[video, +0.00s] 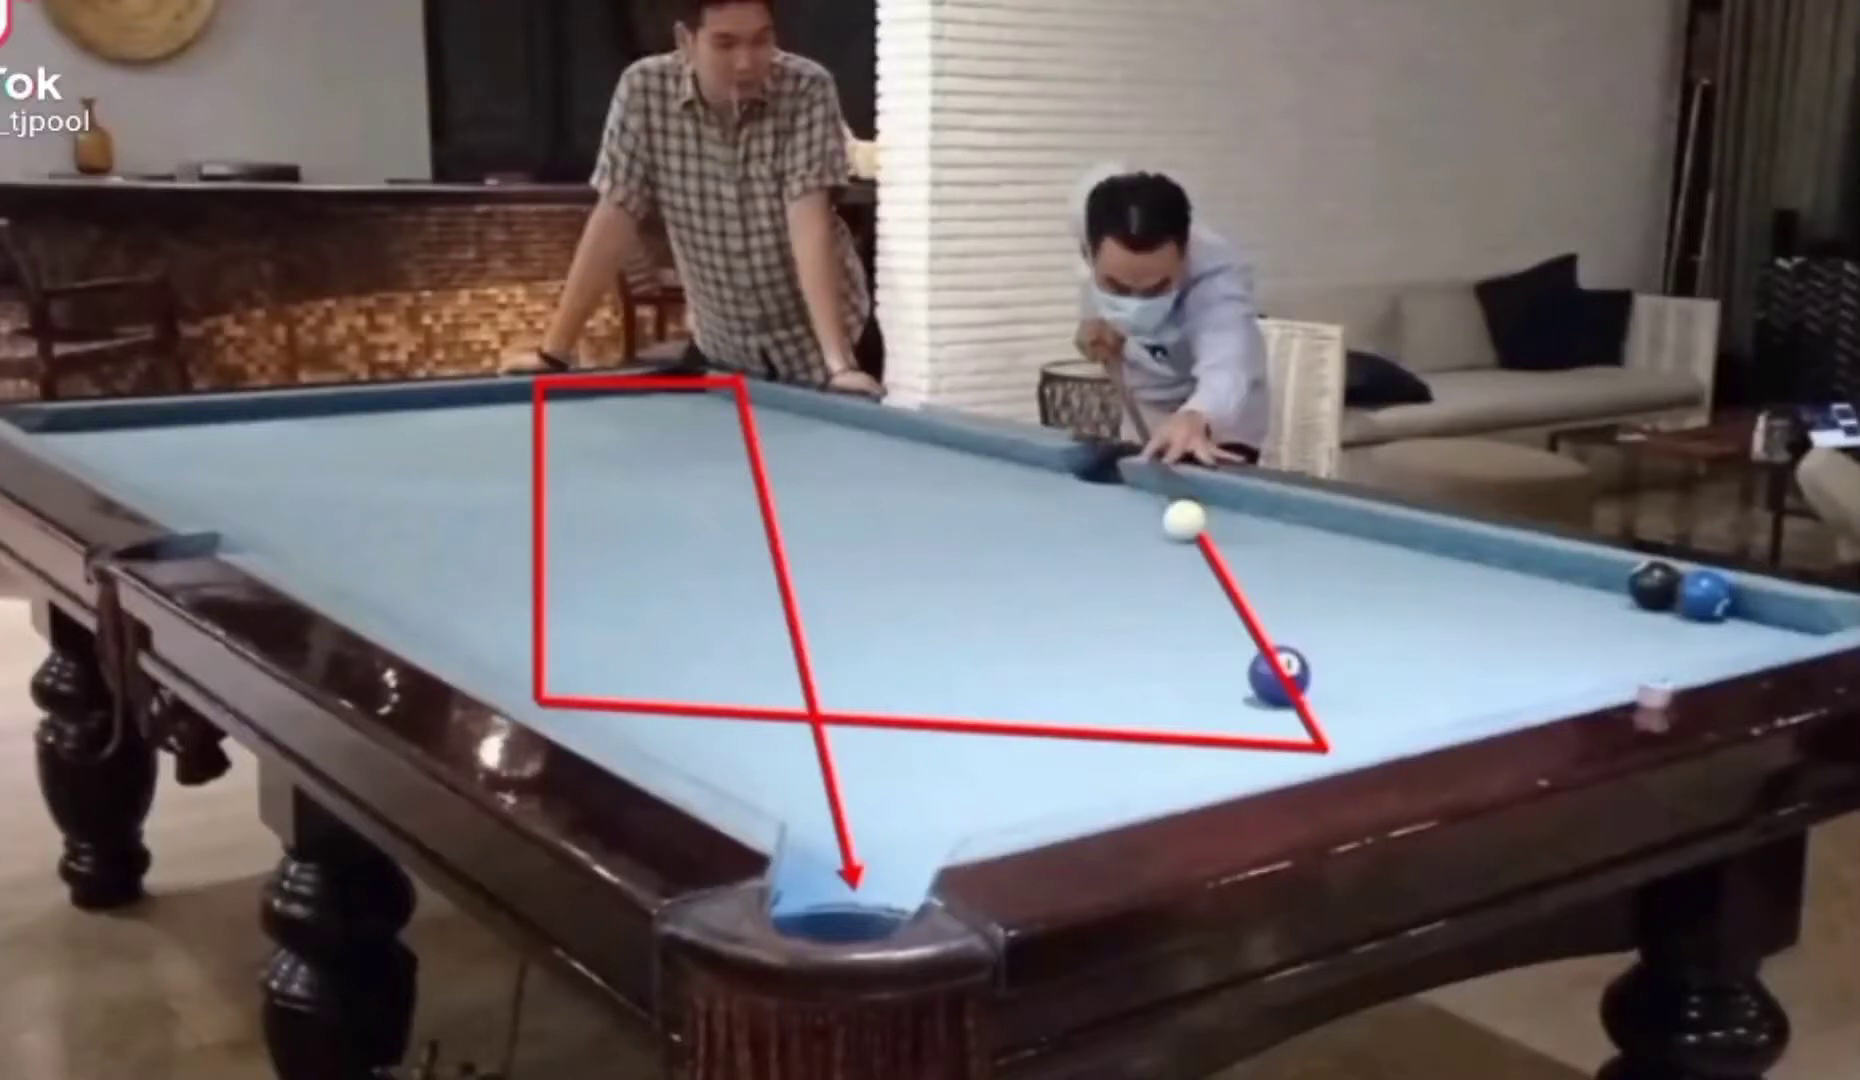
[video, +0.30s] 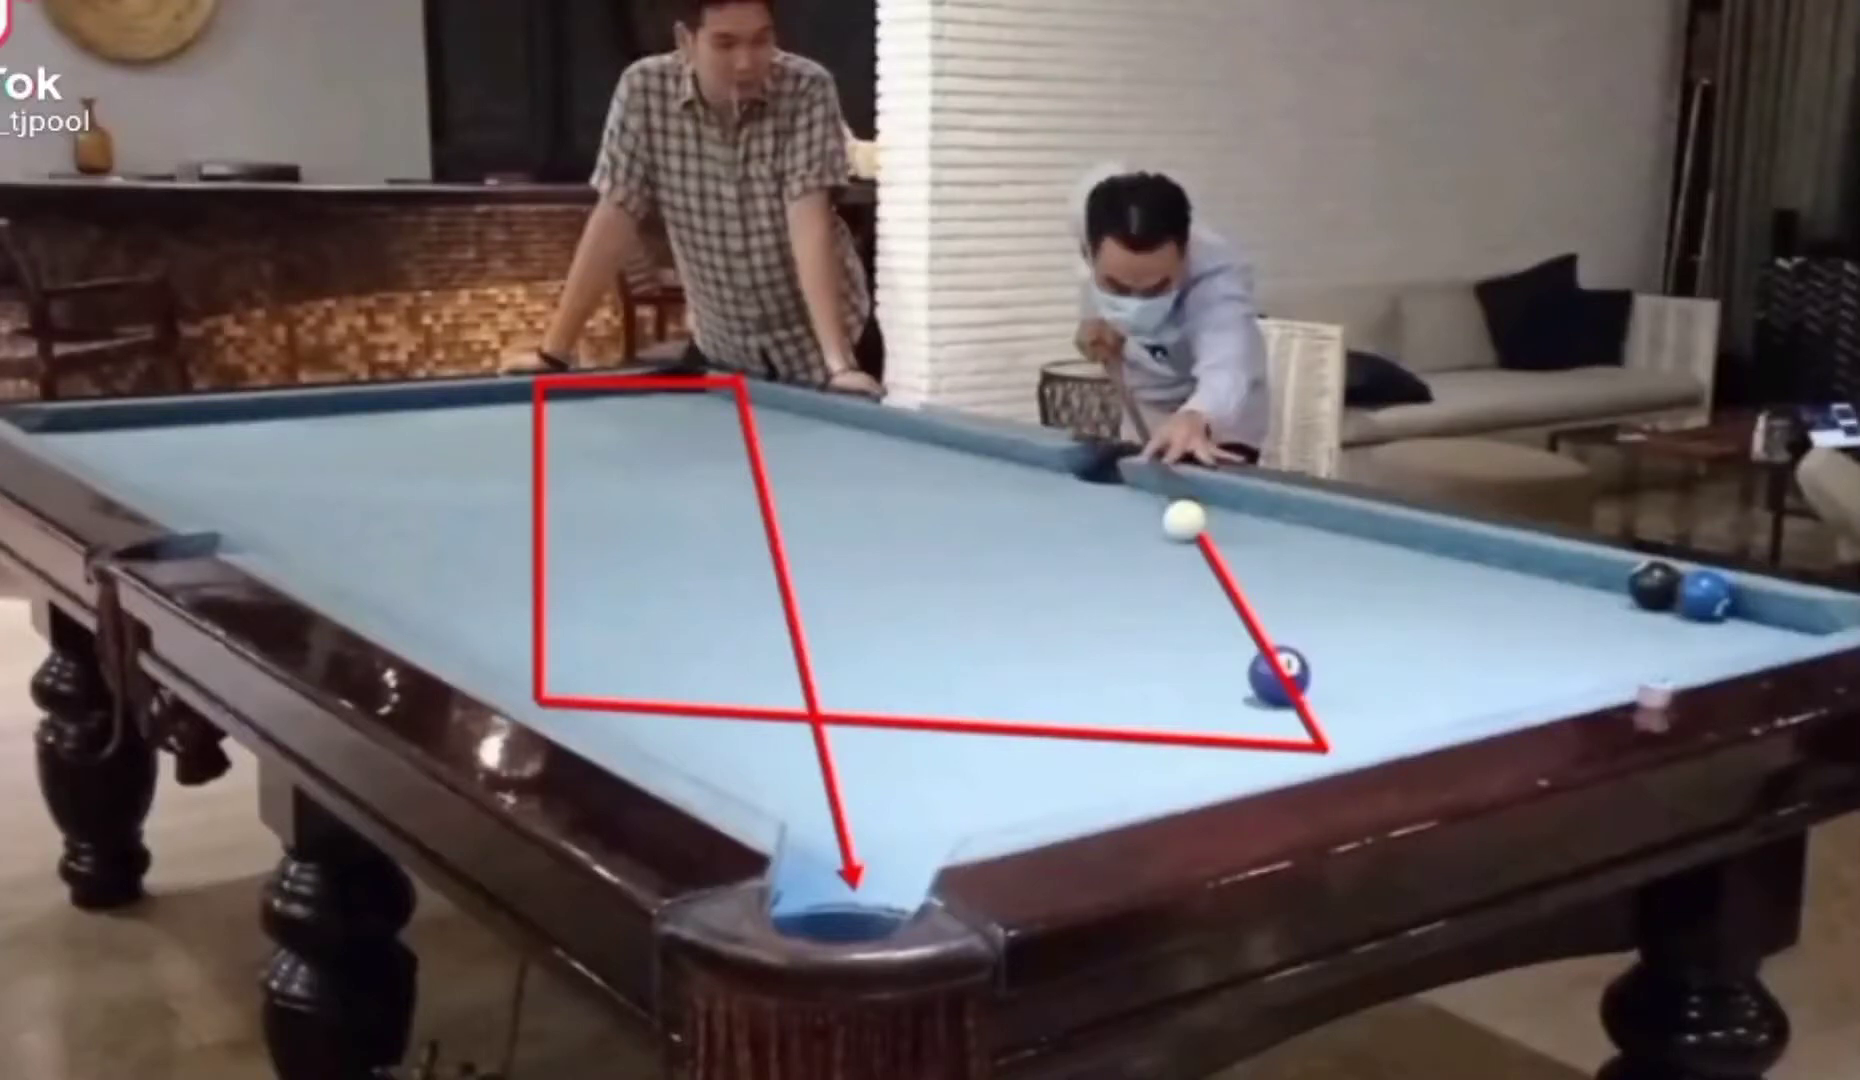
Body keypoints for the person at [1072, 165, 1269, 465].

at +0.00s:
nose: (1135, 307)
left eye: (1155, 291)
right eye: (1117, 289)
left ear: (1184, 257)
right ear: (1088, 255)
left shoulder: (1216, 274)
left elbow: (1229, 364)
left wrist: (1195, 415)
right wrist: (1091, 324)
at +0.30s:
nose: (1135, 307)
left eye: (1155, 291)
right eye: (1117, 289)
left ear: (1184, 257)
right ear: (1088, 255)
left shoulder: (1216, 274)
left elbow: (1229, 364)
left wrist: (1195, 415)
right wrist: (1091, 324)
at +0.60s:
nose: (1136, 307)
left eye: (1155, 291)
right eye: (1117, 289)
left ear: (1184, 257)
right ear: (1088, 255)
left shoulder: (1216, 274)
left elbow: (1229, 363)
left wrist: (1195, 415)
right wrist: (1091, 321)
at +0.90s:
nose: (1135, 306)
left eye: (1155, 290)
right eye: (1117, 289)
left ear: (1184, 257)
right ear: (1087, 254)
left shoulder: (1217, 271)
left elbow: (1231, 363)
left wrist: (1195, 415)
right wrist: (1085, 315)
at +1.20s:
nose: (1137, 306)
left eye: (1157, 289)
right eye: (1118, 288)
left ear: (1185, 255)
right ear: (1089, 252)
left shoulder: (1218, 273)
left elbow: (1233, 365)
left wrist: (1196, 415)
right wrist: (1088, 313)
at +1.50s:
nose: (1140, 298)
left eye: (1160, 281)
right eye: (1121, 280)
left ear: (1188, 249)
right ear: (1094, 249)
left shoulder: (1224, 270)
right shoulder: (1083, 235)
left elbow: (1238, 364)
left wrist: (1198, 416)